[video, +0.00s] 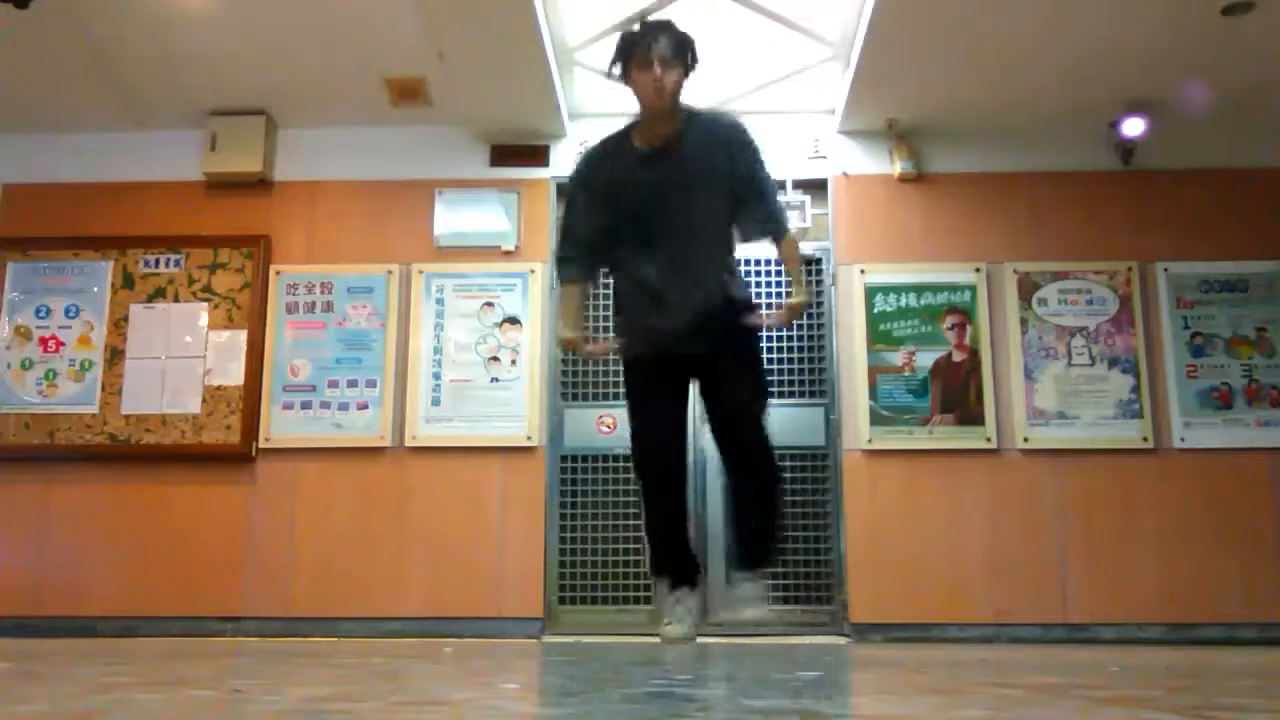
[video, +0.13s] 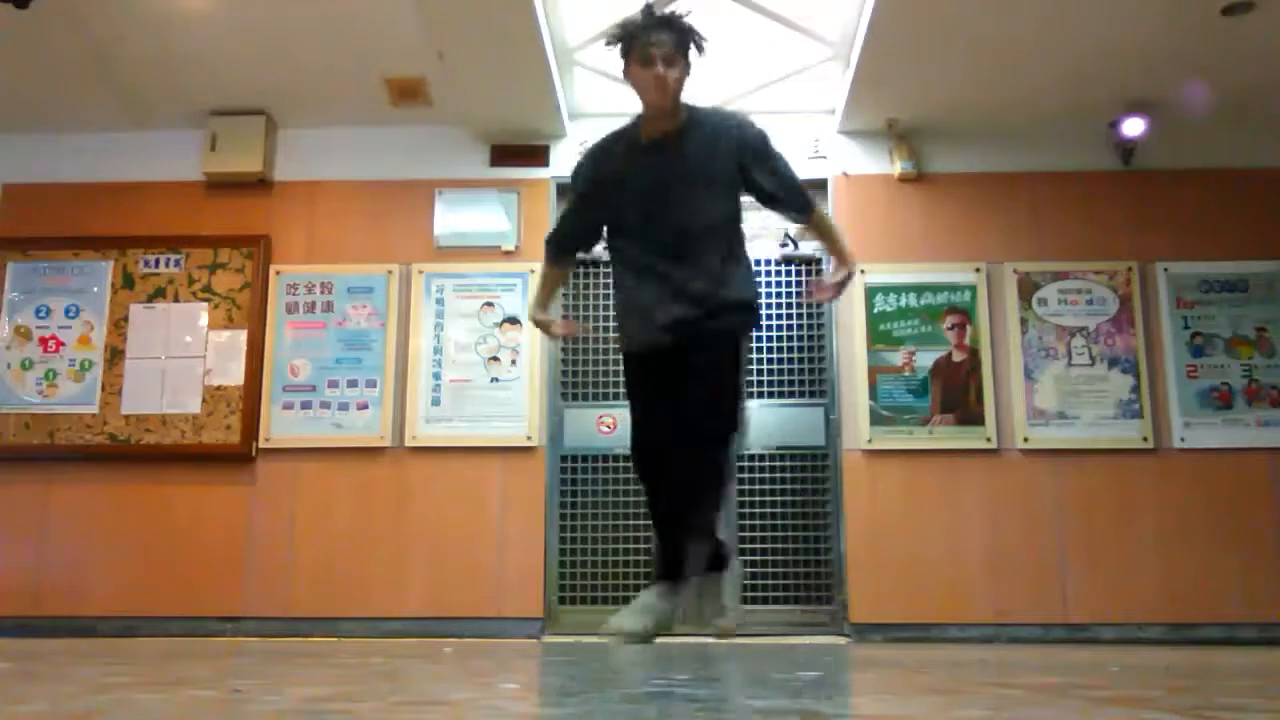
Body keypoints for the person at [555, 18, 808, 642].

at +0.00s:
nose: (660, 76)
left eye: (669, 64)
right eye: (647, 65)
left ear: (686, 73)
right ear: (626, 76)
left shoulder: (723, 138)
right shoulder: (601, 165)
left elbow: (769, 213)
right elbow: (577, 255)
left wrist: (798, 287)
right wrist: (570, 327)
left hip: (724, 321)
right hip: (647, 333)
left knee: (745, 442)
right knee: (658, 462)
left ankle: (749, 576)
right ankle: (677, 590)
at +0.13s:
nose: (664, 72)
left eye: (673, 60)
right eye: (650, 61)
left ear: (688, 67)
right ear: (628, 71)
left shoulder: (730, 137)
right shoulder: (607, 158)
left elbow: (796, 200)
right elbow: (568, 238)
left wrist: (843, 258)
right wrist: (541, 305)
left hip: (717, 319)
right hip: (645, 327)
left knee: (703, 446)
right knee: (655, 451)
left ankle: (666, 585)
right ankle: (709, 567)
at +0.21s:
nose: (669, 100)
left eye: (678, 87)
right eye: (655, 88)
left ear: (692, 95)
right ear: (634, 97)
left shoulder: (736, 165)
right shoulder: (619, 183)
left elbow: (806, 208)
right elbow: (565, 247)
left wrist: (857, 250)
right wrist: (530, 302)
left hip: (713, 340)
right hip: (644, 346)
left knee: (669, 460)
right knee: (647, 474)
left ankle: (648, 605)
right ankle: (732, 575)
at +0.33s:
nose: (665, 110)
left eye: (677, 100)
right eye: (654, 100)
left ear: (696, 109)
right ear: (638, 111)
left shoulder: (736, 173)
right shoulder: (623, 193)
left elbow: (798, 241)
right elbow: (593, 268)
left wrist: (852, 295)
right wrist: (565, 322)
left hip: (725, 351)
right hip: (659, 357)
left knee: (672, 470)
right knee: (674, 480)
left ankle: (653, 599)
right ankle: (738, 589)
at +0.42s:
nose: (658, 109)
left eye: (670, 97)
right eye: (650, 98)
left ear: (698, 100)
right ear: (641, 105)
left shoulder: (740, 162)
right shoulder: (634, 184)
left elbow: (782, 246)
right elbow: (615, 270)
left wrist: (791, 313)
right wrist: (603, 342)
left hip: (743, 343)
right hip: (675, 350)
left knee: (723, 474)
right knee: (693, 482)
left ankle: (738, 598)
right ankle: (726, 601)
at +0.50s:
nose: (679, 116)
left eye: (690, 105)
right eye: (668, 106)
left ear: (712, 113)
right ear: (656, 116)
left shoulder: (746, 171)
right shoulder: (652, 199)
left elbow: (769, 239)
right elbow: (634, 283)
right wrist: (631, 358)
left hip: (753, 355)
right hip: (689, 366)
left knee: (749, 466)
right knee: (711, 486)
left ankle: (818, 586)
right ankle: (752, 602)